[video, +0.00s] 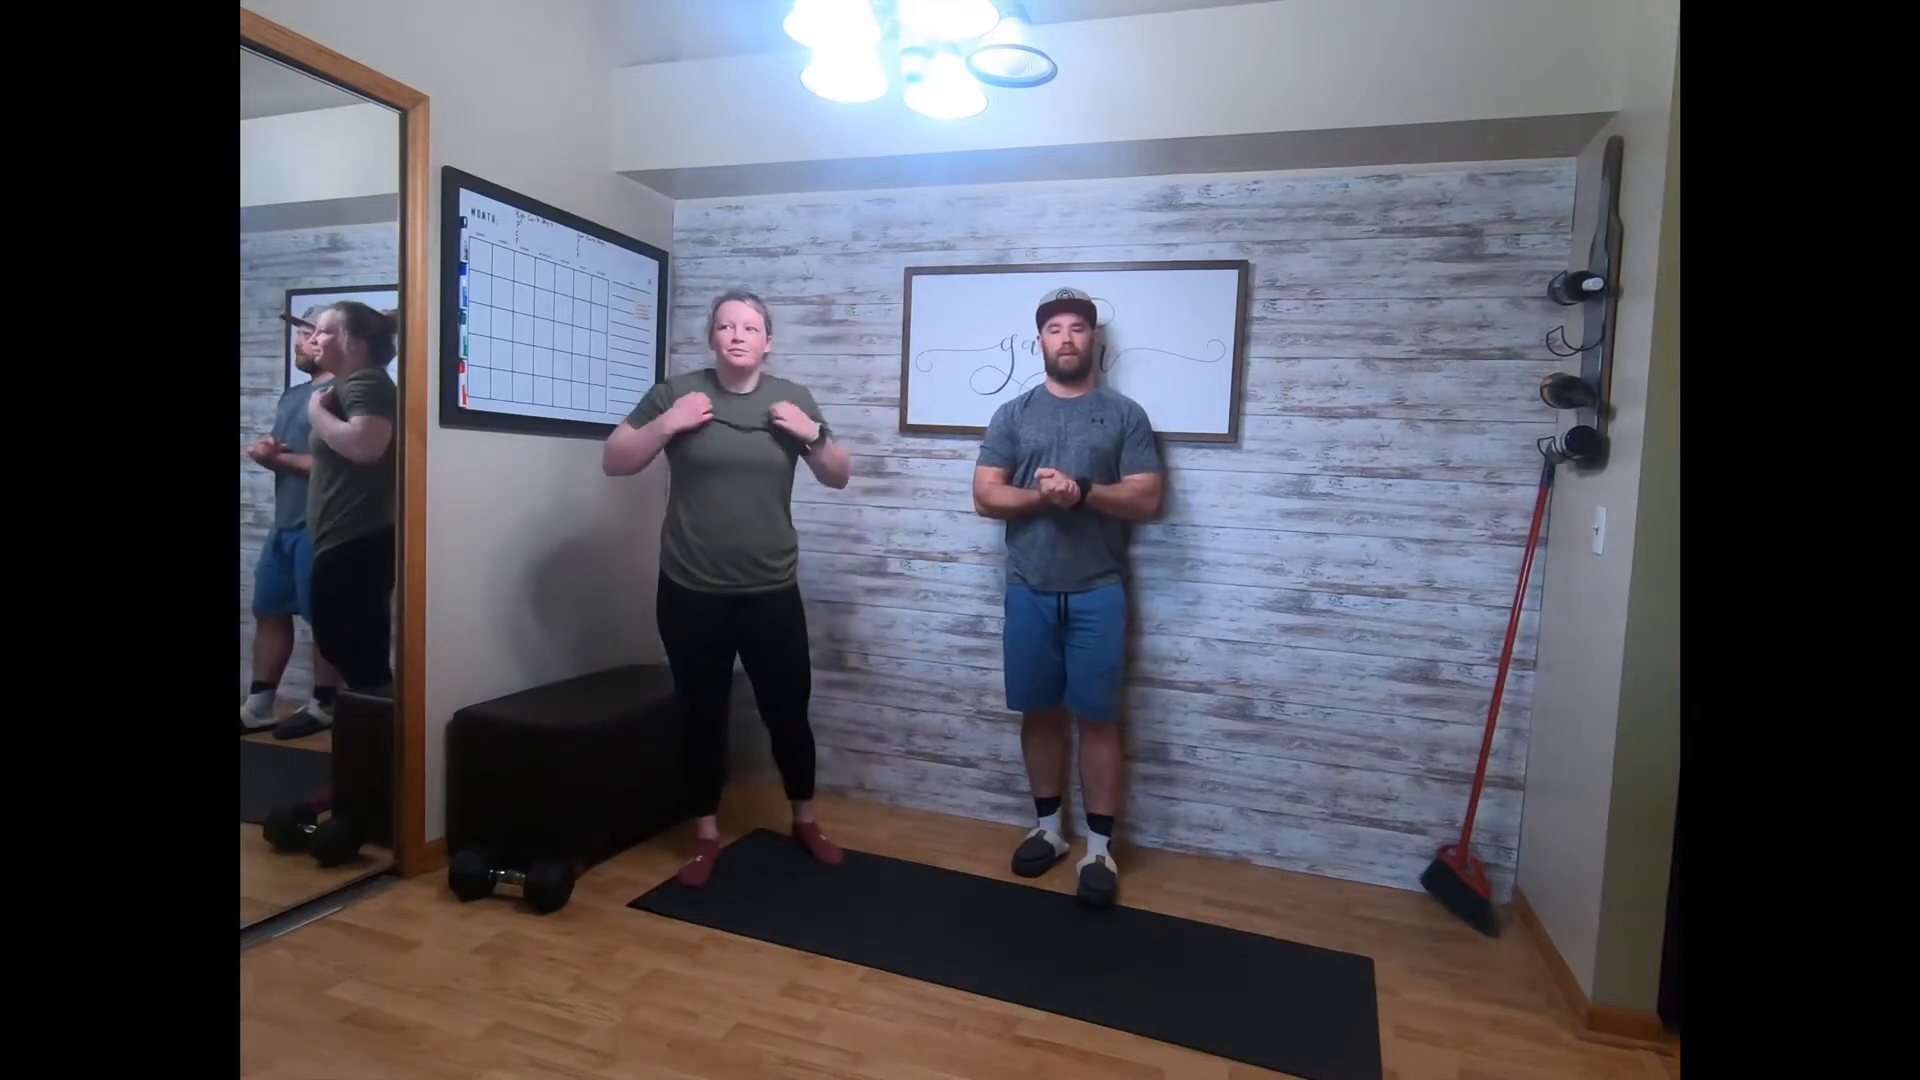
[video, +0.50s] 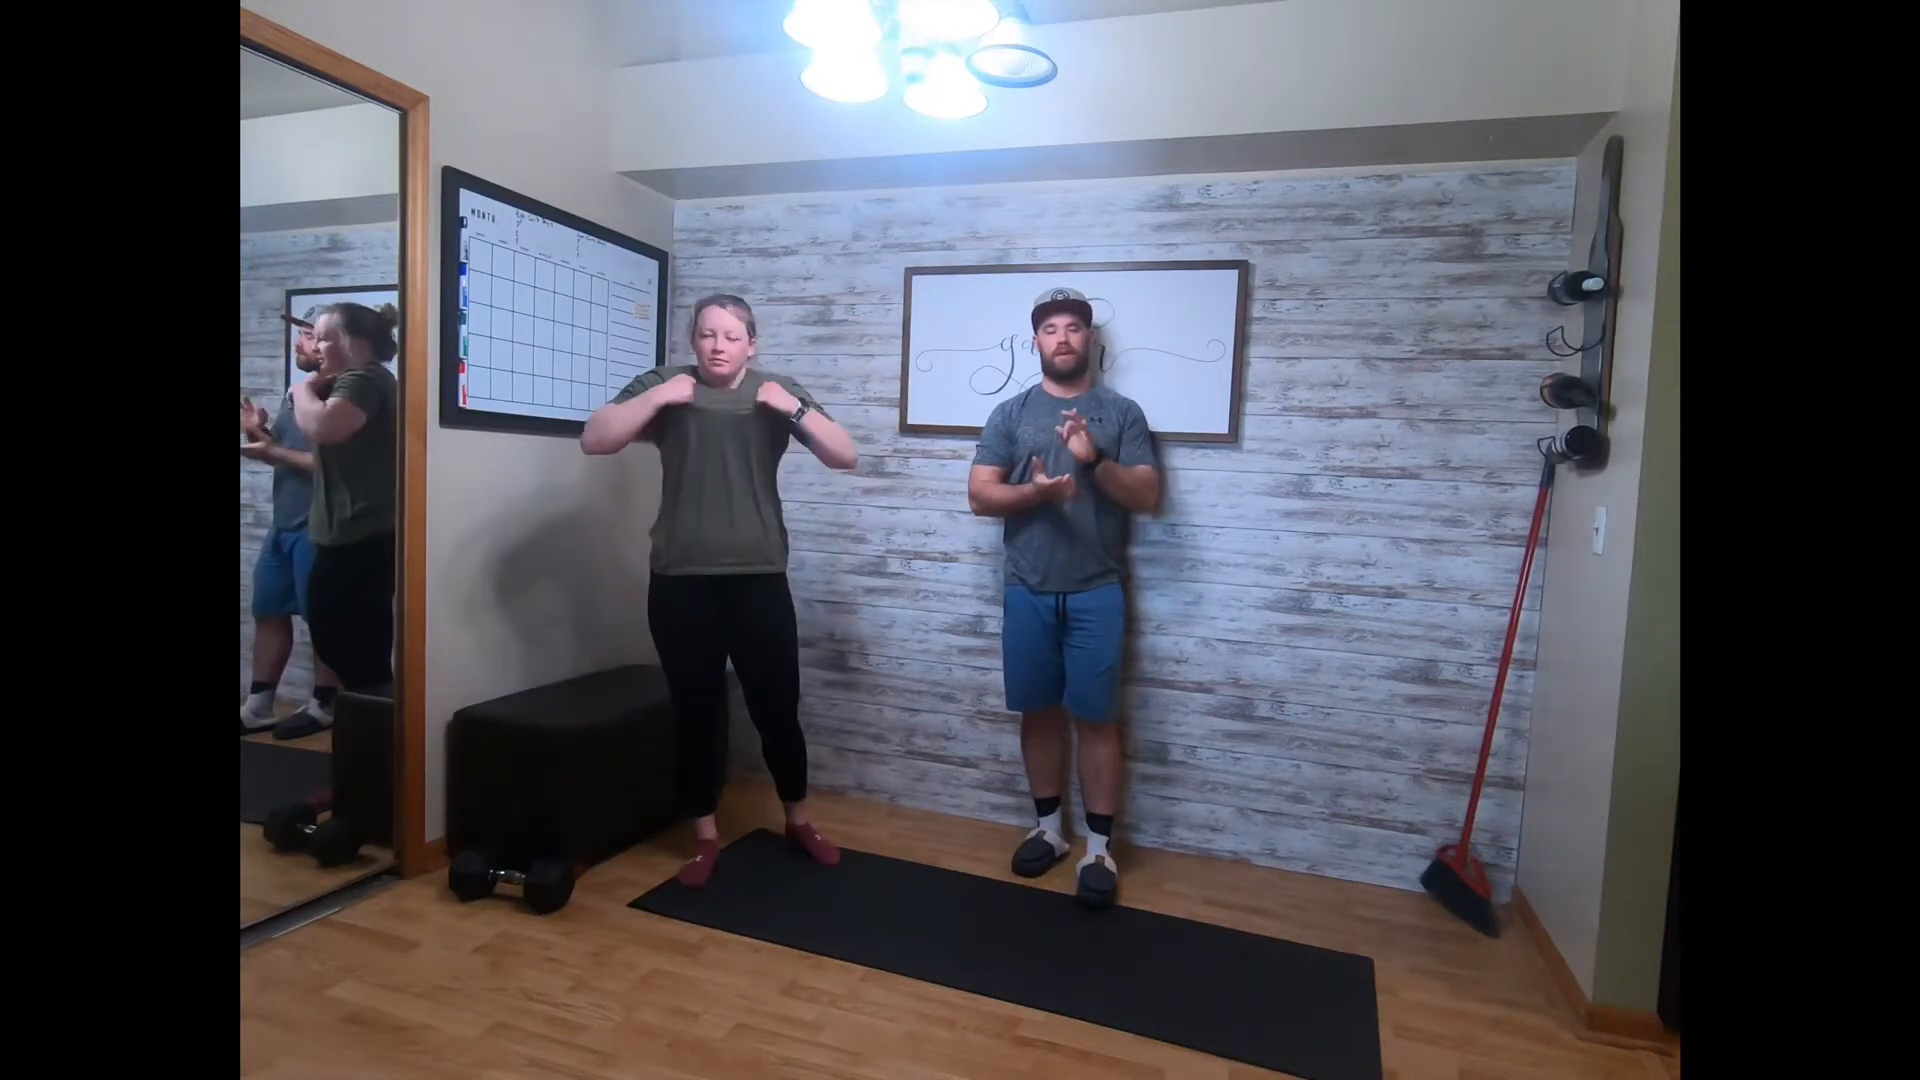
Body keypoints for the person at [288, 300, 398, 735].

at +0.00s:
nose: (314, 339)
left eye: (324, 332)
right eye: (317, 331)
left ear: (353, 342)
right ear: (351, 345)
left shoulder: (367, 383)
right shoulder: (348, 386)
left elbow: (367, 445)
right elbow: (352, 449)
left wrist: (319, 416)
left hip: (358, 542)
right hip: (344, 540)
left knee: (357, 656)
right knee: (352, 654)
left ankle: (377, 763)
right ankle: (369, 760)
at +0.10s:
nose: (315, 338)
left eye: (325, 331)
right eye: (317, 330)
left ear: (355, 342)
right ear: (350, 344)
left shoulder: (368, 385)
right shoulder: (346, 389)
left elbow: (366, 450)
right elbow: (338, 460)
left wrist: (320, 422)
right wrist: (282, 457)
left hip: (360, 540)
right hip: (341, 539)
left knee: (358, 654)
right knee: (350, 651)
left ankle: (381, 753)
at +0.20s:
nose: (314, 337)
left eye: (325, 330)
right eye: (317, 330)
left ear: (355, 342)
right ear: (350, 343)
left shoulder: (368, 387)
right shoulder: (348, 391)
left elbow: (368, 451)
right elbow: (342, 459)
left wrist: (323, 423)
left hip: (360, 542)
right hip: (341, 541)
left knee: (356, 651)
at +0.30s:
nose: (315, 338)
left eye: (326, 331)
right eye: (318, 330)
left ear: (356, 342)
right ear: (348, 344)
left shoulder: (369, 386)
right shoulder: (346, 389)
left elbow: (358, 449)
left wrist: (318, 417)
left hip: (360, 543)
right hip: (340, 541)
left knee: (357, 655)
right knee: (346, 651)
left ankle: (375, 758)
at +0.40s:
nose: (319, 344)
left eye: (328, 336)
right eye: (320, 335)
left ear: (358, 344)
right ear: (350, 346)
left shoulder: (368, 382)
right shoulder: (348, 385)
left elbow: (336, 437)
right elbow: (331, 454)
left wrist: (303, 401)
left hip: (363, 536)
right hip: (345, 535)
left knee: (344, 627)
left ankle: (379, 723)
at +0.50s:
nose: (315, 348)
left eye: (323, 339)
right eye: (315, 340)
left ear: (353, 341)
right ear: (353, 344)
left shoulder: (366, 379)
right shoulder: (359, 379)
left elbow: (322, 426)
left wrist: (300, 389)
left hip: (358, 538)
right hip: (352, 536)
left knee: (348, 640)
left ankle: (371, 740)